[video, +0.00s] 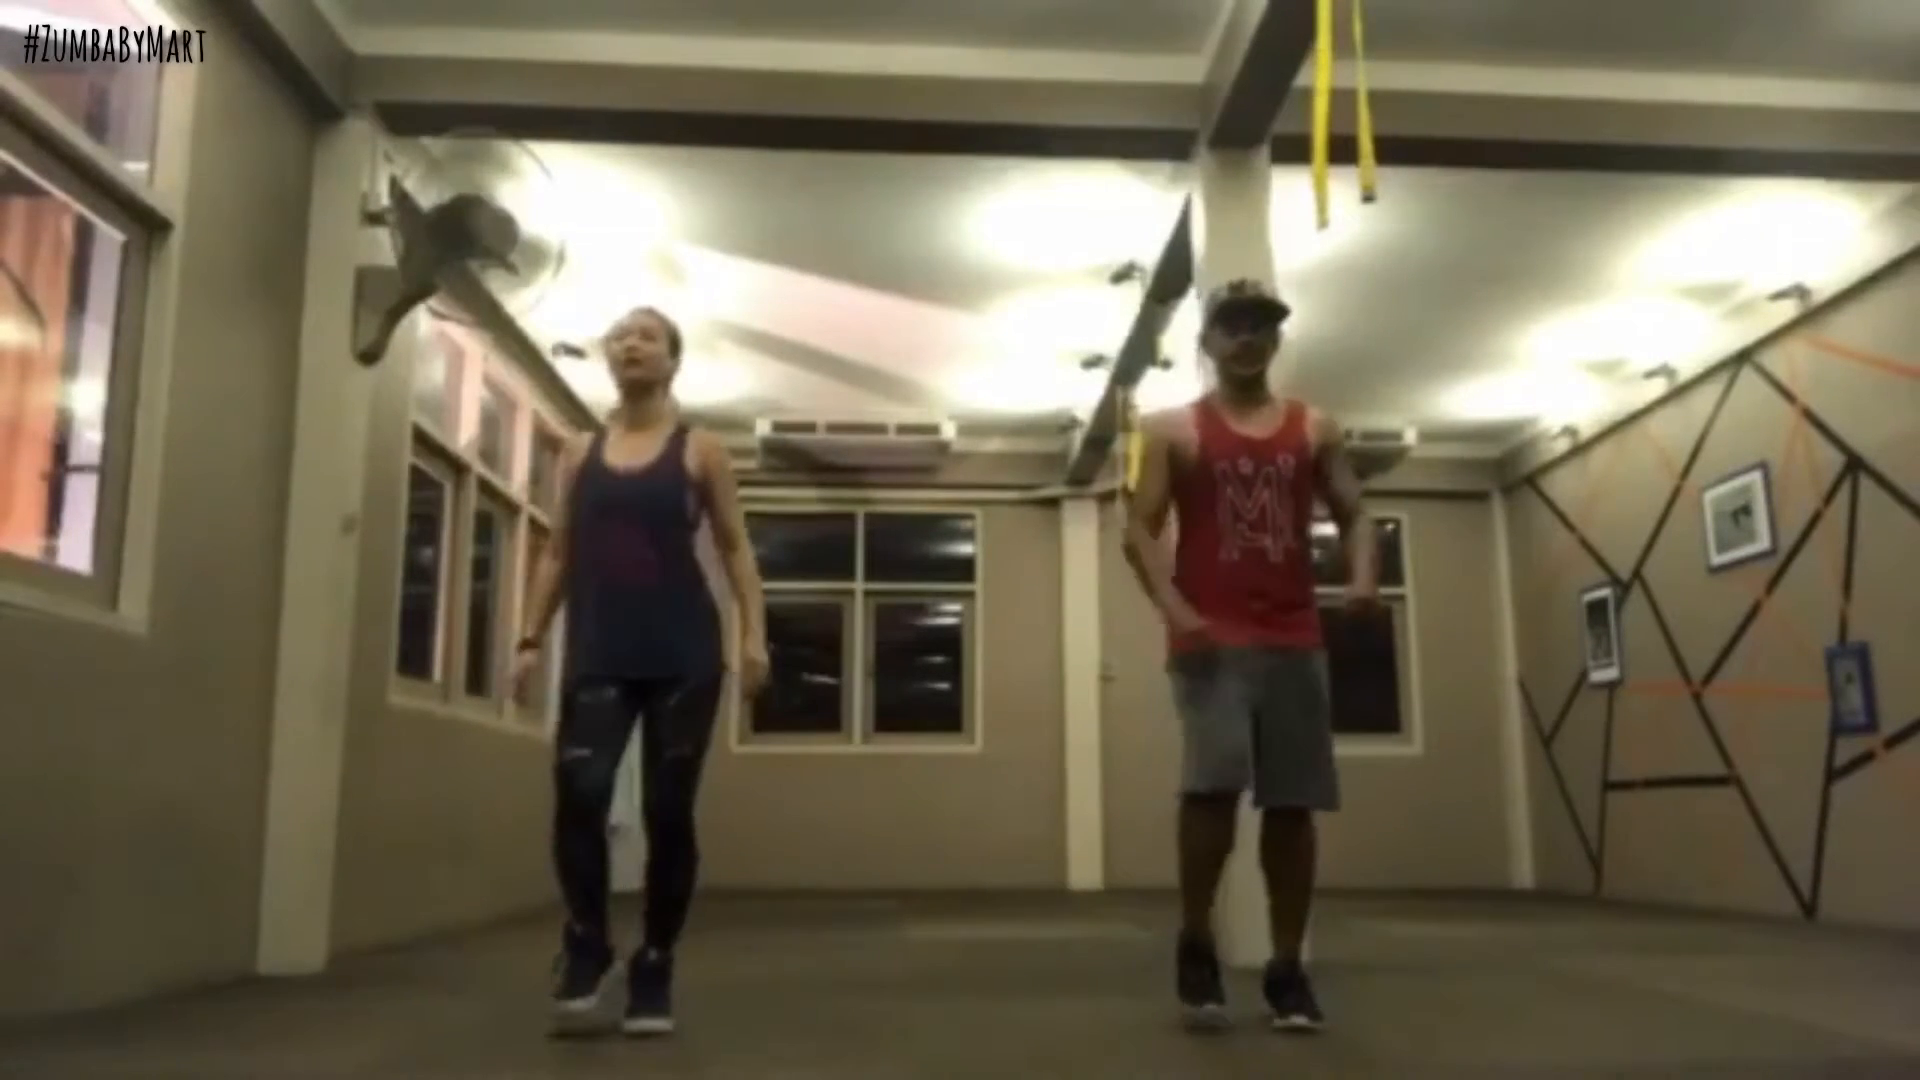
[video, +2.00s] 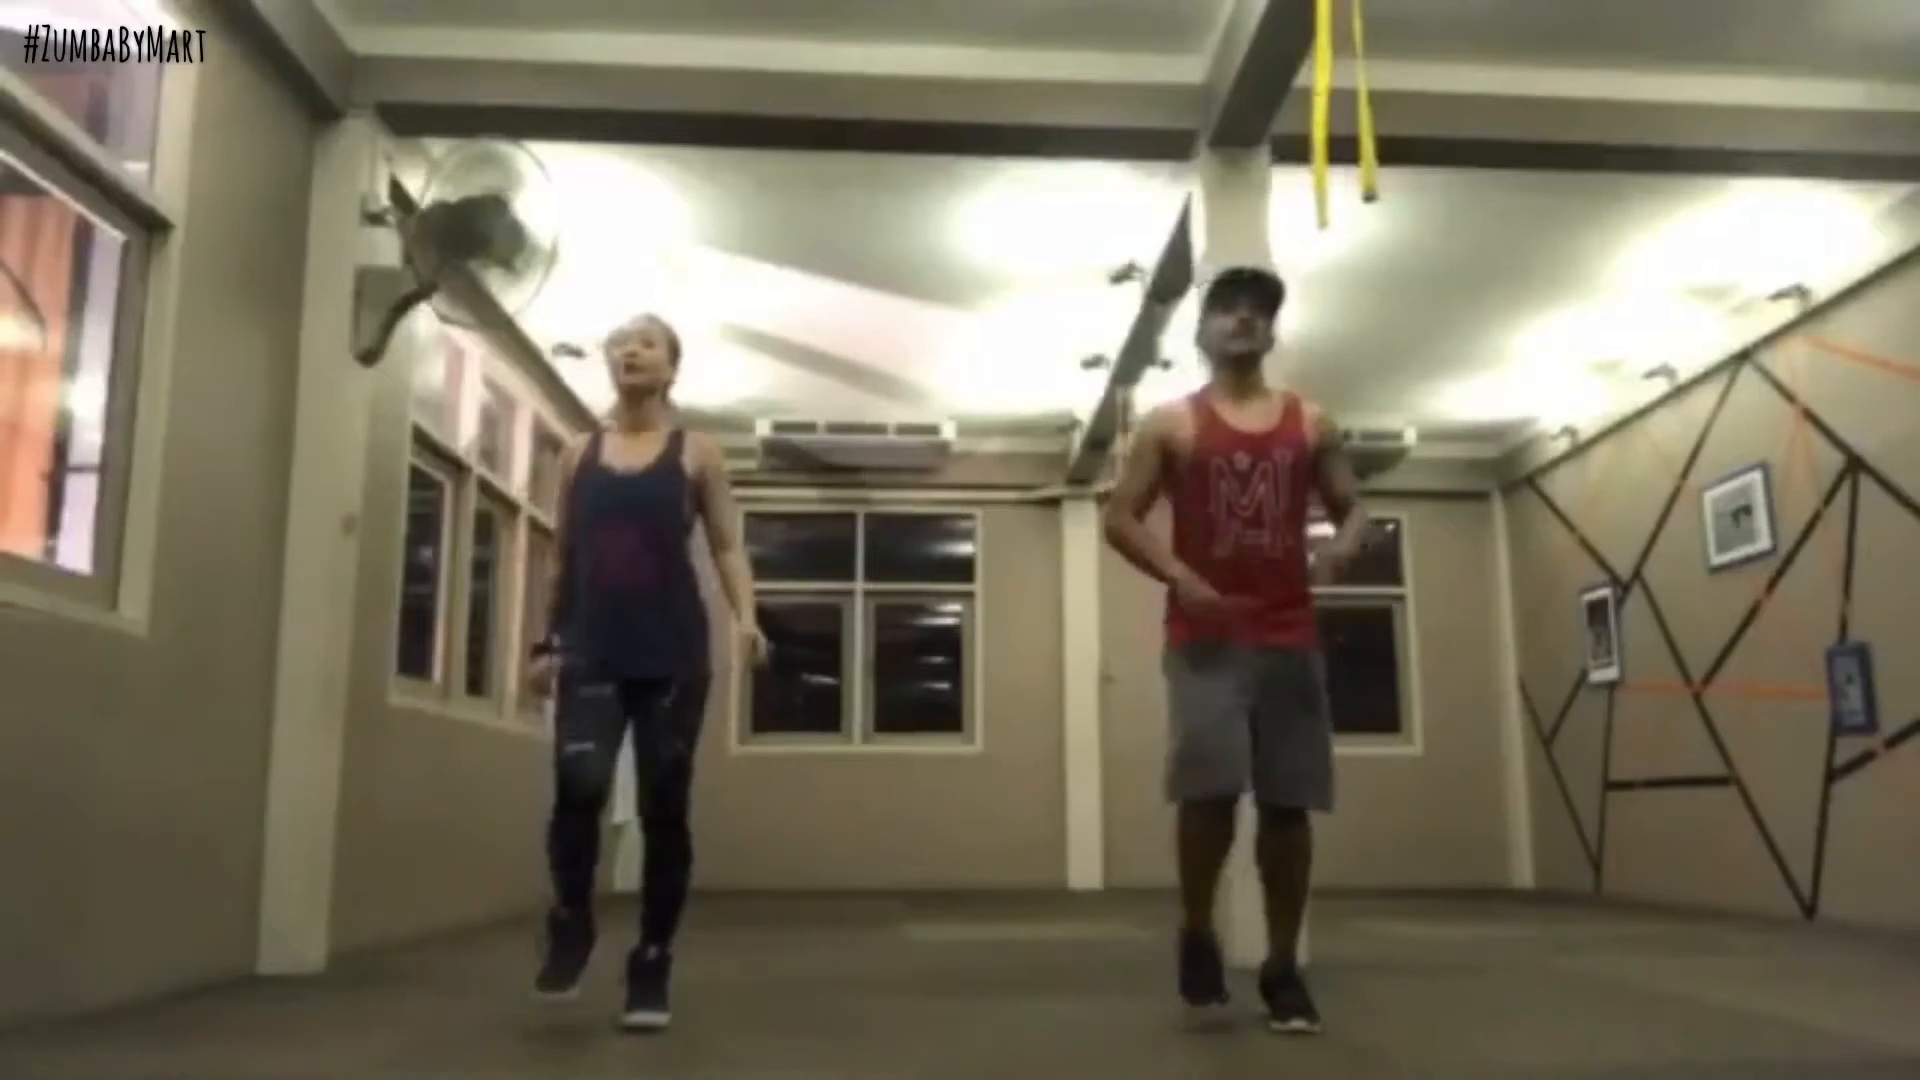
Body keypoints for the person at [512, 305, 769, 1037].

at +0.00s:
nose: (631, 345)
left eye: (647, 336)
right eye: (621, 336)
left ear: (673, 359)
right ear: (606, 357)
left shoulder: (700, 448)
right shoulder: (583, 451)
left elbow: (735, 548)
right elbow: (559, 550)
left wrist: (752, 636)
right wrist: (531, 634)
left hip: (683, 655)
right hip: (597, 655)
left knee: (668, 812)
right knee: (577, 801)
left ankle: (654, 969)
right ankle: (586, 953)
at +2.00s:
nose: (632, 355)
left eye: (647, 346)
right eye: (622, 345)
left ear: (673, 365)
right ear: (608, 364)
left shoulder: (697, 451)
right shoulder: (582, 452)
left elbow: (727, 544)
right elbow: (561, 553)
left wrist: (747, 617)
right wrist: (546, 640)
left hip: (672, 654)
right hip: (590, 652)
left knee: (663, 811)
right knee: (576, 795)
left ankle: (652, 966)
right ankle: (570, 927)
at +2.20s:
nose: (623, 351)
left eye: (639, 342)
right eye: (613, 342)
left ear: (664, 363)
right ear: (598, 362)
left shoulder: (687, 453)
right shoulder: (568, 456)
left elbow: (714, 547)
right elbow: (542, 554)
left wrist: (726, 618)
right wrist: (516, 638)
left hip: (659, 657)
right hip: (576, 657)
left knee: (647, 809)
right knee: (580, 813)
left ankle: (650, 967)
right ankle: (575, 967)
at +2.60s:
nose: (624, 364)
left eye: (640, 354)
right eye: (613, 353)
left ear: (663, 374)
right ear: (594, 370)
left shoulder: (685, 465)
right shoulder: (561, 461)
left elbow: (704, 570)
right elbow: (534, 556)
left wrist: (717, 660)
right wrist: (512, 640)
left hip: (657, 670)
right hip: (574, 667)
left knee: (639, 815)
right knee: (573, 822)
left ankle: (651, 963)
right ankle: (573, 968)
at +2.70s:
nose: (626, 362)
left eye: (642, 352)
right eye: (615, 352)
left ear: (666, 372)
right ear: (598, 370)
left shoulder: (691, 462)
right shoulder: (574, 463)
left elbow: (712, 566)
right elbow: (552, 562)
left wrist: (724, 655)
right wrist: (533, 643)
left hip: (662, 667)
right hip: (579, 666)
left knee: (647, 819)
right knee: (576, 819)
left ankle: (646, 966)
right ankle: (574, 965)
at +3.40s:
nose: (630, 352)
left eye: (646, 344)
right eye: (620, 342)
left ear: (673, 366)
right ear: (605, 359)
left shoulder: (695, 450)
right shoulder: (577, 443)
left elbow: (785, 483)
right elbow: (518, 517)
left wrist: (864, 496)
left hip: (661, 643)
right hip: (579, 644)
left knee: (681, 780)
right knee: (564, 808)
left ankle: (729, 946)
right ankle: (553, 968)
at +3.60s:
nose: (656, 359)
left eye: (672, 350)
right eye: (648, 349)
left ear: (700, 373)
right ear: (634, 367)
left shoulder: (718, 454)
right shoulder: (608, 447)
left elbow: (765, 504)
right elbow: (596, 516)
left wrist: (828, 533)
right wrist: (681, 493)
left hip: (696, 662)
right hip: (615, 659)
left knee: (722, 820)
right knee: (585, 823)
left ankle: (786, 978)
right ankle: (559, 967)